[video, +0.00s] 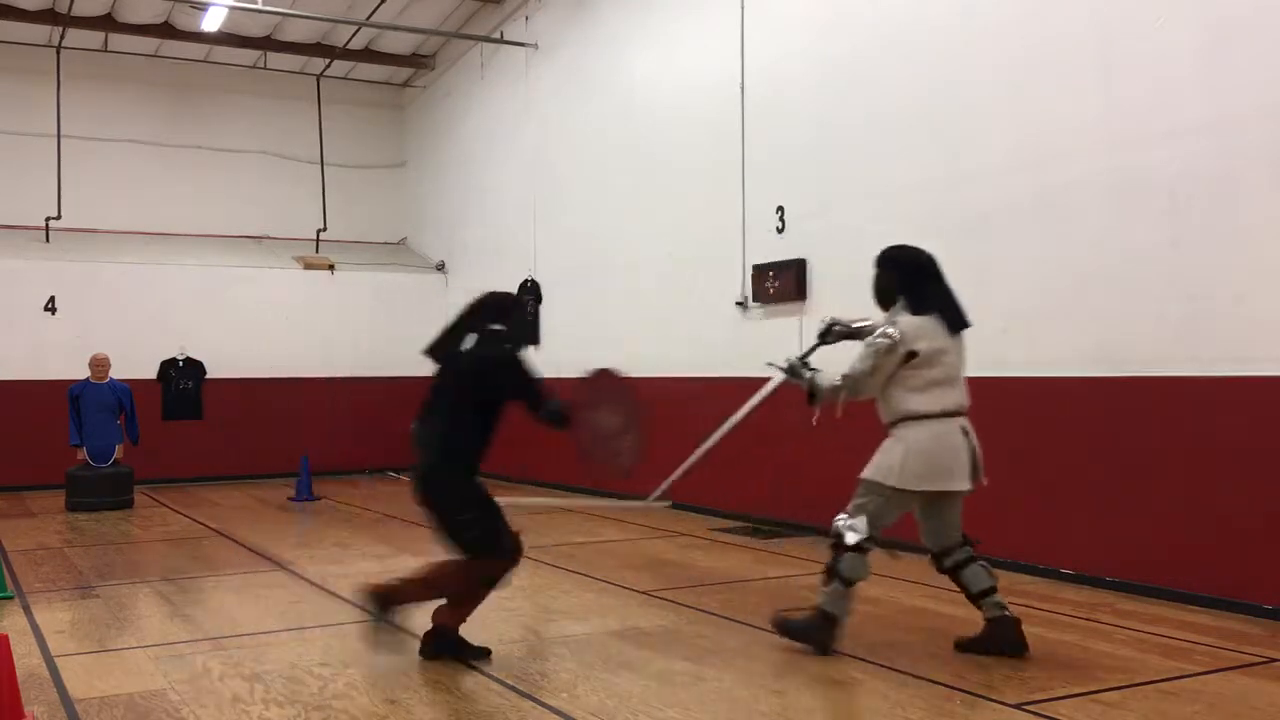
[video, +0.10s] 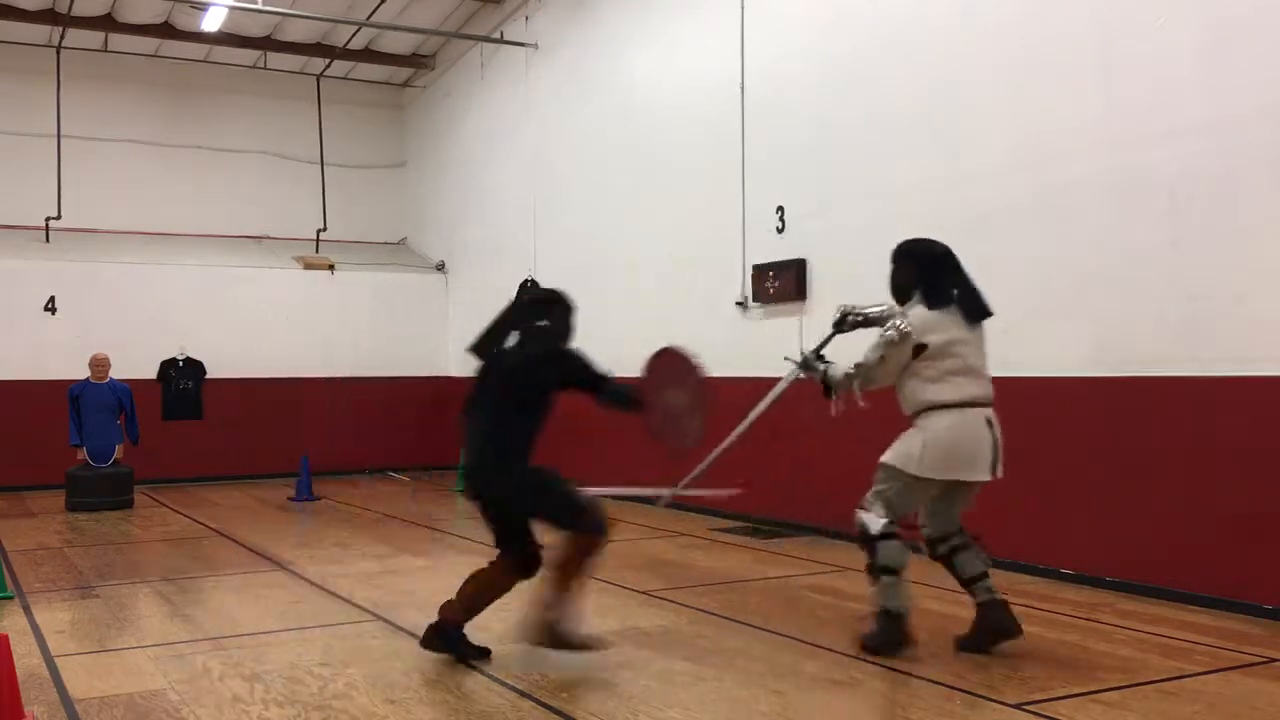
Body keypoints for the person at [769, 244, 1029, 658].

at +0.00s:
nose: (874, 285)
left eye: (879, 277)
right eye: (876, 276)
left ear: (895, 282)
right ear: (923, 280)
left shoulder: (897, 331)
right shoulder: (946, 324)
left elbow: (858, 382)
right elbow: (903, 334)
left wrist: (812, 381)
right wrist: (855, 329)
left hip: (913, 445)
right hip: (954, 441)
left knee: (854, 528)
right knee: (947, 545)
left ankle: (825, 622)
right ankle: (1002, 624)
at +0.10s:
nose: (892, 279)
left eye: (896, 271)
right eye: (894, 271)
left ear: (912, 275)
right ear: (941, 273)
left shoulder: (910, 323)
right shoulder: (966, 313)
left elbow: (871, 373)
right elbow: (922, 323)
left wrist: (827, 374)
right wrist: (875, 315)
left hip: (938, 433)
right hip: (982, 432)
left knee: (876, 514)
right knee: (941, 527)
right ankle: (993, 611)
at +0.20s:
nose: (912, 289)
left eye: (916, 281)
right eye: (912, 280)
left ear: (930, 283)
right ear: (962, 278)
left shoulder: (925, 330)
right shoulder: (987, 315)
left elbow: (877, 376)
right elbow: (932, 310)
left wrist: (835, 364)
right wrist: (886, 312)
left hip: (957, 440)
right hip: (1002, 436)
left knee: (903, 529)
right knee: (956, 522)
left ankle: (903, 630)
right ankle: (1009, 592)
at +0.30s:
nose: (943, 292)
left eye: (949, 284)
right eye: (945, 283)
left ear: (964, 289)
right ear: (993, 286)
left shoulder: (957, 336)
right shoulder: (1016, 326)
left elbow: (905, 376)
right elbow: (948, 316)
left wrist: (860, 377)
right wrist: (895, 319)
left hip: (978, 445)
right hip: (1022, 443)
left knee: (912, 527)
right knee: (993, 527)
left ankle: (905, 632)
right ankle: (1064, 582)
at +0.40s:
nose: (979, 297)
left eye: (984, 290)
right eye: (981, 288)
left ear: (1000, 295)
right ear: (1028, 291)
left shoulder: (998, 339)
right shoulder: (1050, 329)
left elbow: (947, 377)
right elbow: (973, 323)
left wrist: (894, 392)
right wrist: (920, 338)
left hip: (1011, 448)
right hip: (1052, 446)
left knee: (954, 531)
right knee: (1039, 542)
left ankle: (916, 628)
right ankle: (1119, 601)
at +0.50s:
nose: (999, 305)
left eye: (1004, 298)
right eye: (1000, 297)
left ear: (1020, 303)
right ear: (1052, 297)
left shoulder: (1019, 349)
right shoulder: (1075, 333)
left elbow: (971, 390)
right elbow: (1008, 323)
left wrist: (920, 397)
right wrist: (955, 336)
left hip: (1047, 455)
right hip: (1089, 450)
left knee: (987, 536)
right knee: (1076, 545)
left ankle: (954, 624)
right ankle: (1135, 611)